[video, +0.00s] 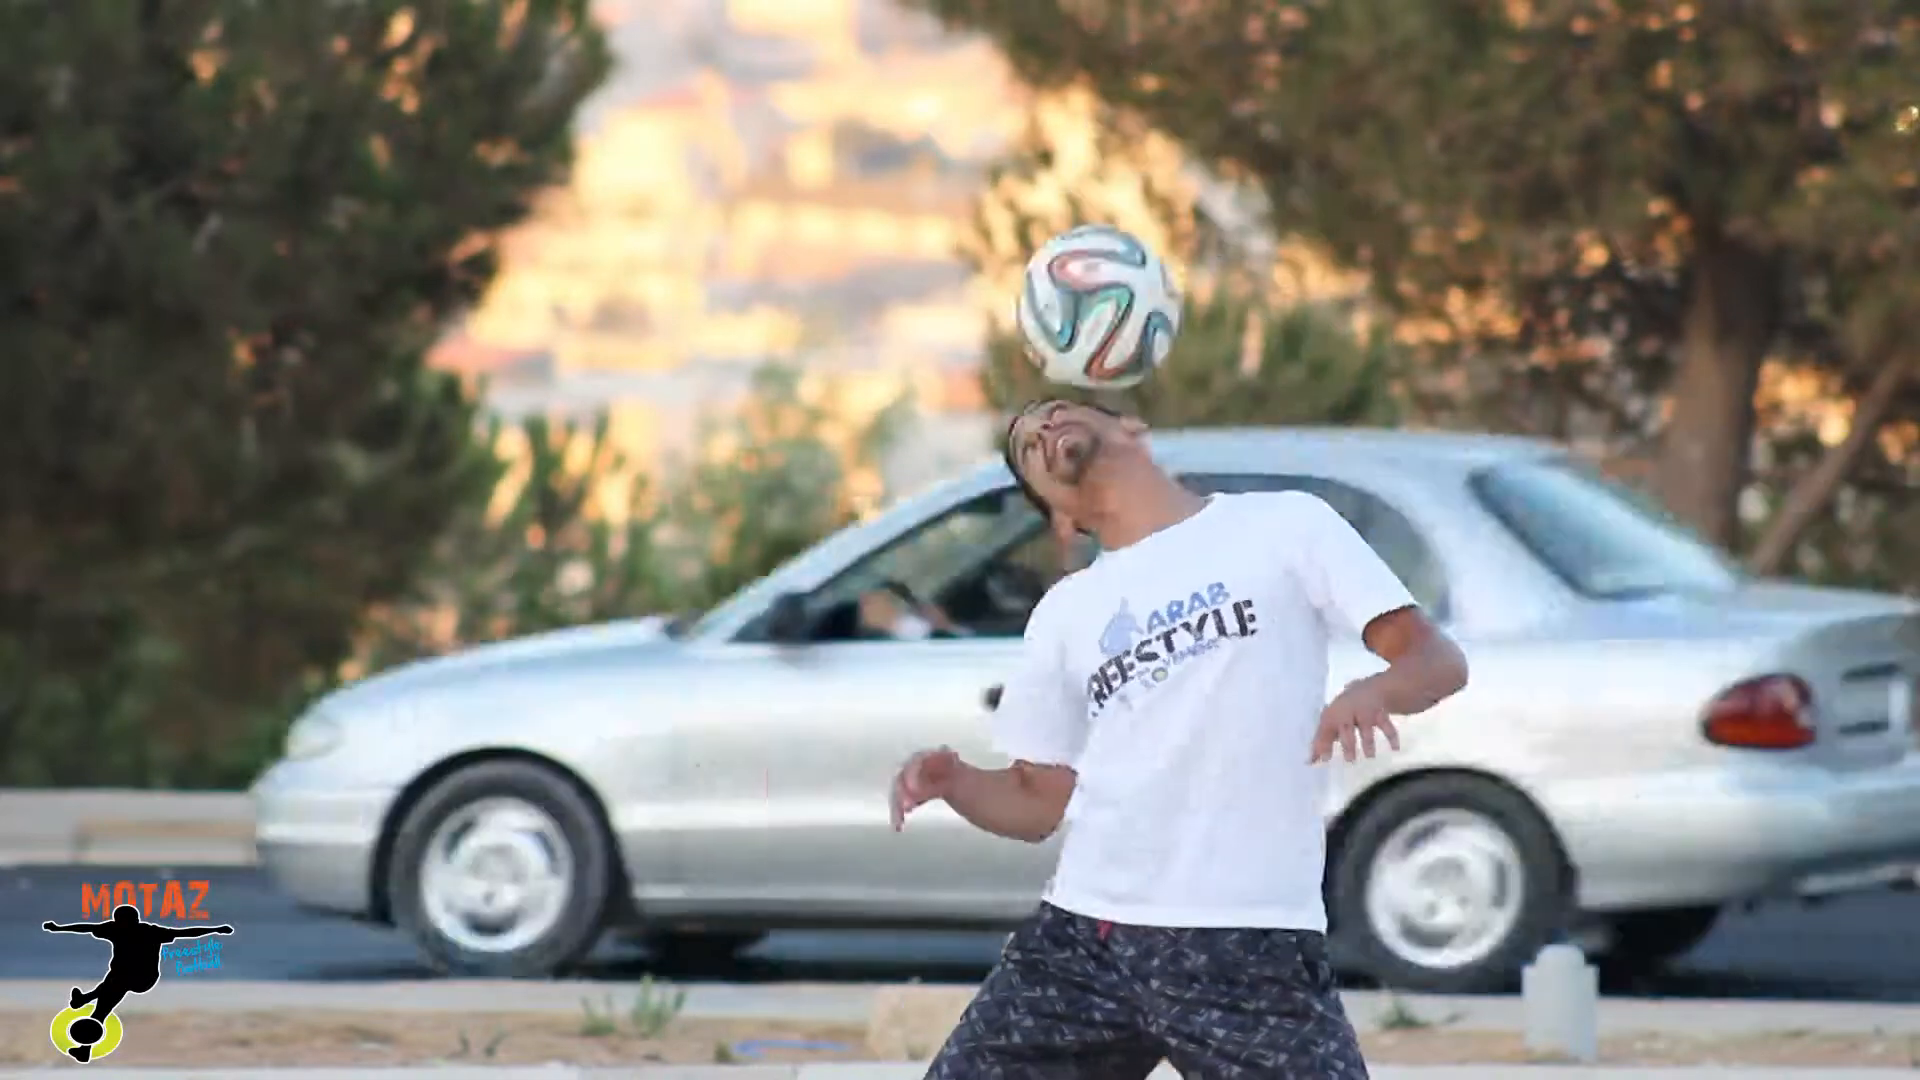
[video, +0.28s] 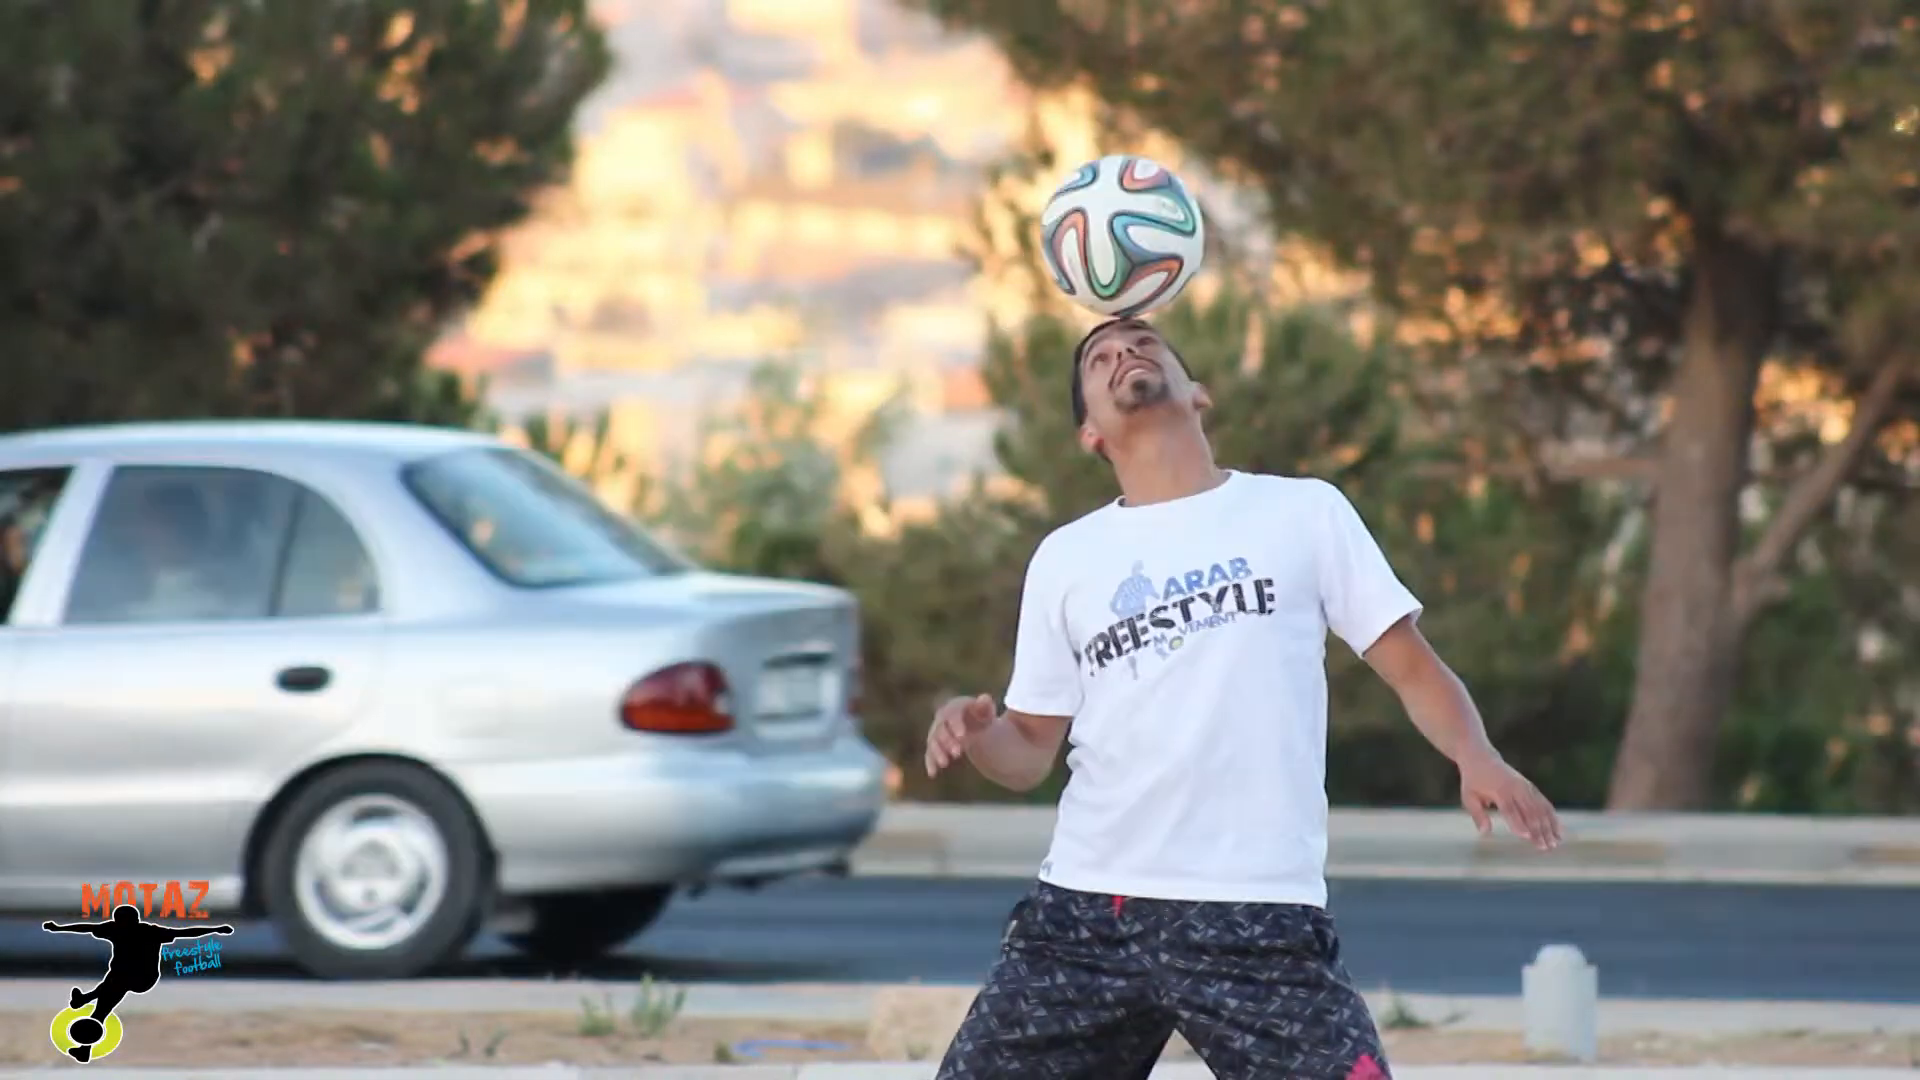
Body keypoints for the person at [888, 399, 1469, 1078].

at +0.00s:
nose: (1046, 433)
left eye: (1061, 416)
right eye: (1029, 450)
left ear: (1134, 430)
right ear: (1064, 514)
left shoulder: (1286, 522)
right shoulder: (1065, 612)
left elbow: (1439, 659)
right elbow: (1037, 805)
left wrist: (1377, 689)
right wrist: (955, 779)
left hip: (1250, 960)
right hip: (1076, 953)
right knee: (958, 1070)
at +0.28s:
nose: (1128, 348)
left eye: (1147, 343)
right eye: (1102, 358)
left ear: (1199, 397)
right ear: (1091, 437)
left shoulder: (1307, 511)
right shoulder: (1062, 557)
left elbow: (1411, 664)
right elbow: (1028, 756)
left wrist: (1476, 756)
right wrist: (983, 733)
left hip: (1259, 934)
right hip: (1080, 928)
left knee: (1352, 1068)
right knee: (974, 1069)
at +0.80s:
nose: (1322, 471)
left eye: (1352, 493)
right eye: (1336, 457)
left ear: (1333, 563)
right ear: (1299, 456)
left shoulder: (1301, 668)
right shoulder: (1111, 500)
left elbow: (1313, 824)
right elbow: (982, 581)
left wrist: (1430, 924)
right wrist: (955, 662)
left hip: (1173, 956)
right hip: (993, 931)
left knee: (1293, 1070)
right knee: (901, 1068)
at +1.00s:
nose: (1250, 309)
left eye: (1285, 307)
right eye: (1237, 303)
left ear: (1318, 379)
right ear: (1210, 351)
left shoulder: (1357, 520)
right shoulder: (1117, 479)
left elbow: (1428, 704)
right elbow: (1052, 635)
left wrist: (1423, 728)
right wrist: (976, 676)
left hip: (1287, 897)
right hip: (1113, 891)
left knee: (1382, 1069)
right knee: (1034, 1068)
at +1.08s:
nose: (1244, 316)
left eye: (1278, 314)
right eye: (1229, 312)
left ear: (1312, 382)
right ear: (1199, 369)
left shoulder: (1361, 521)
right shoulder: (1121, 497)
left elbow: (1459, 725)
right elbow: (1077, 666)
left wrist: (1417, 687)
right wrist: (994, 702)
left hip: (1312, 907)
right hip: (1141, 908)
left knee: (1411, 1069)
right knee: (1066, 1069)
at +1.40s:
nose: (1218, 482)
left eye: (1222, 463)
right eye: (1206, 503)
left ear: (1291, 457)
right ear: (1246, 558)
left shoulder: (1480, 521)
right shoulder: (1272, 644)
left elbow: (1643, 632)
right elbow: (1290, 824)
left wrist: (1618, 684)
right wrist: (1173, 859)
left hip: (1500, 976)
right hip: (1313, 976)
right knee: (1200, 1071)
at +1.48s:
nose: (1267, 398)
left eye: (1282, 385)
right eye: (1245, 410)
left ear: (1346, 408)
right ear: (1255, 477)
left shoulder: (1493, 502)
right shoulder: (1263, 590)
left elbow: (1622, 623)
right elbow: (1262, 772)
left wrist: (1691, 679)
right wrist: (1161, 816)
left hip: (1485, 943)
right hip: (1304, 945)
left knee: (1581, 1073)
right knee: (1190, 1077)